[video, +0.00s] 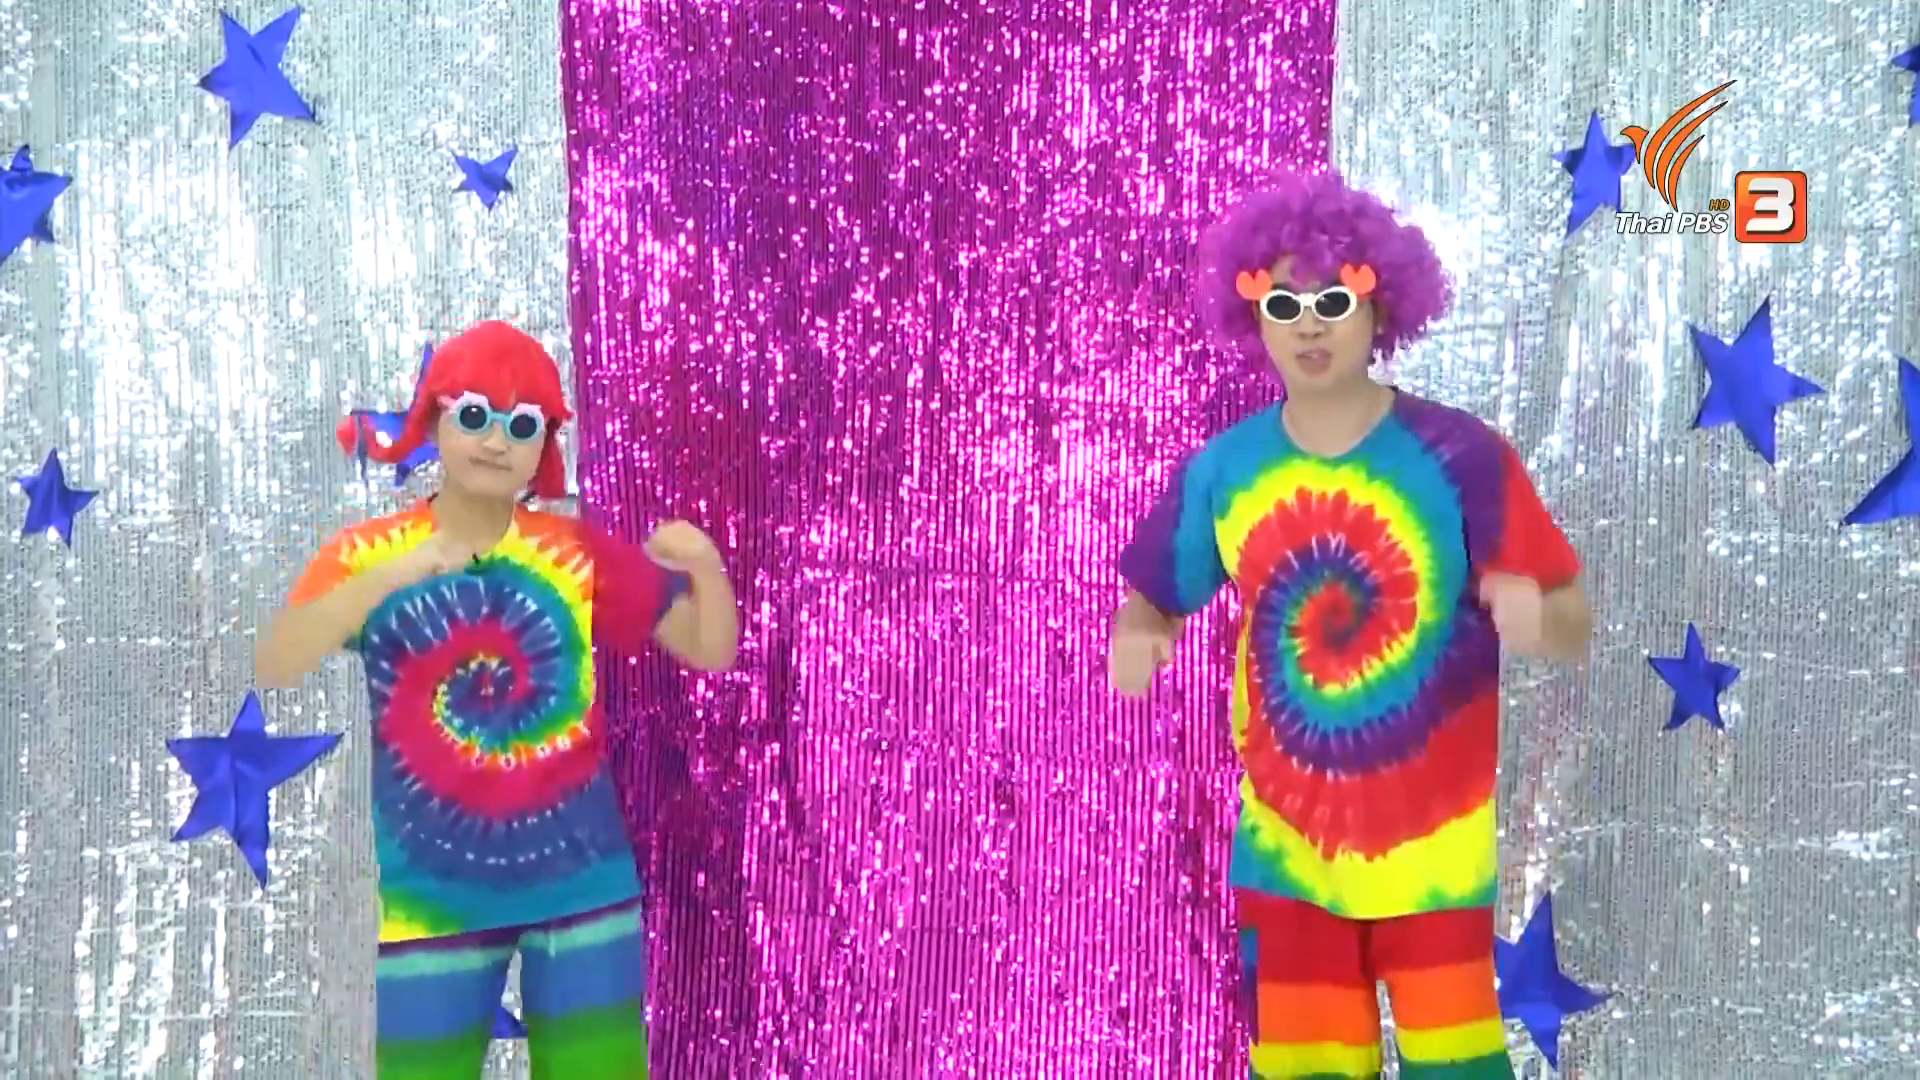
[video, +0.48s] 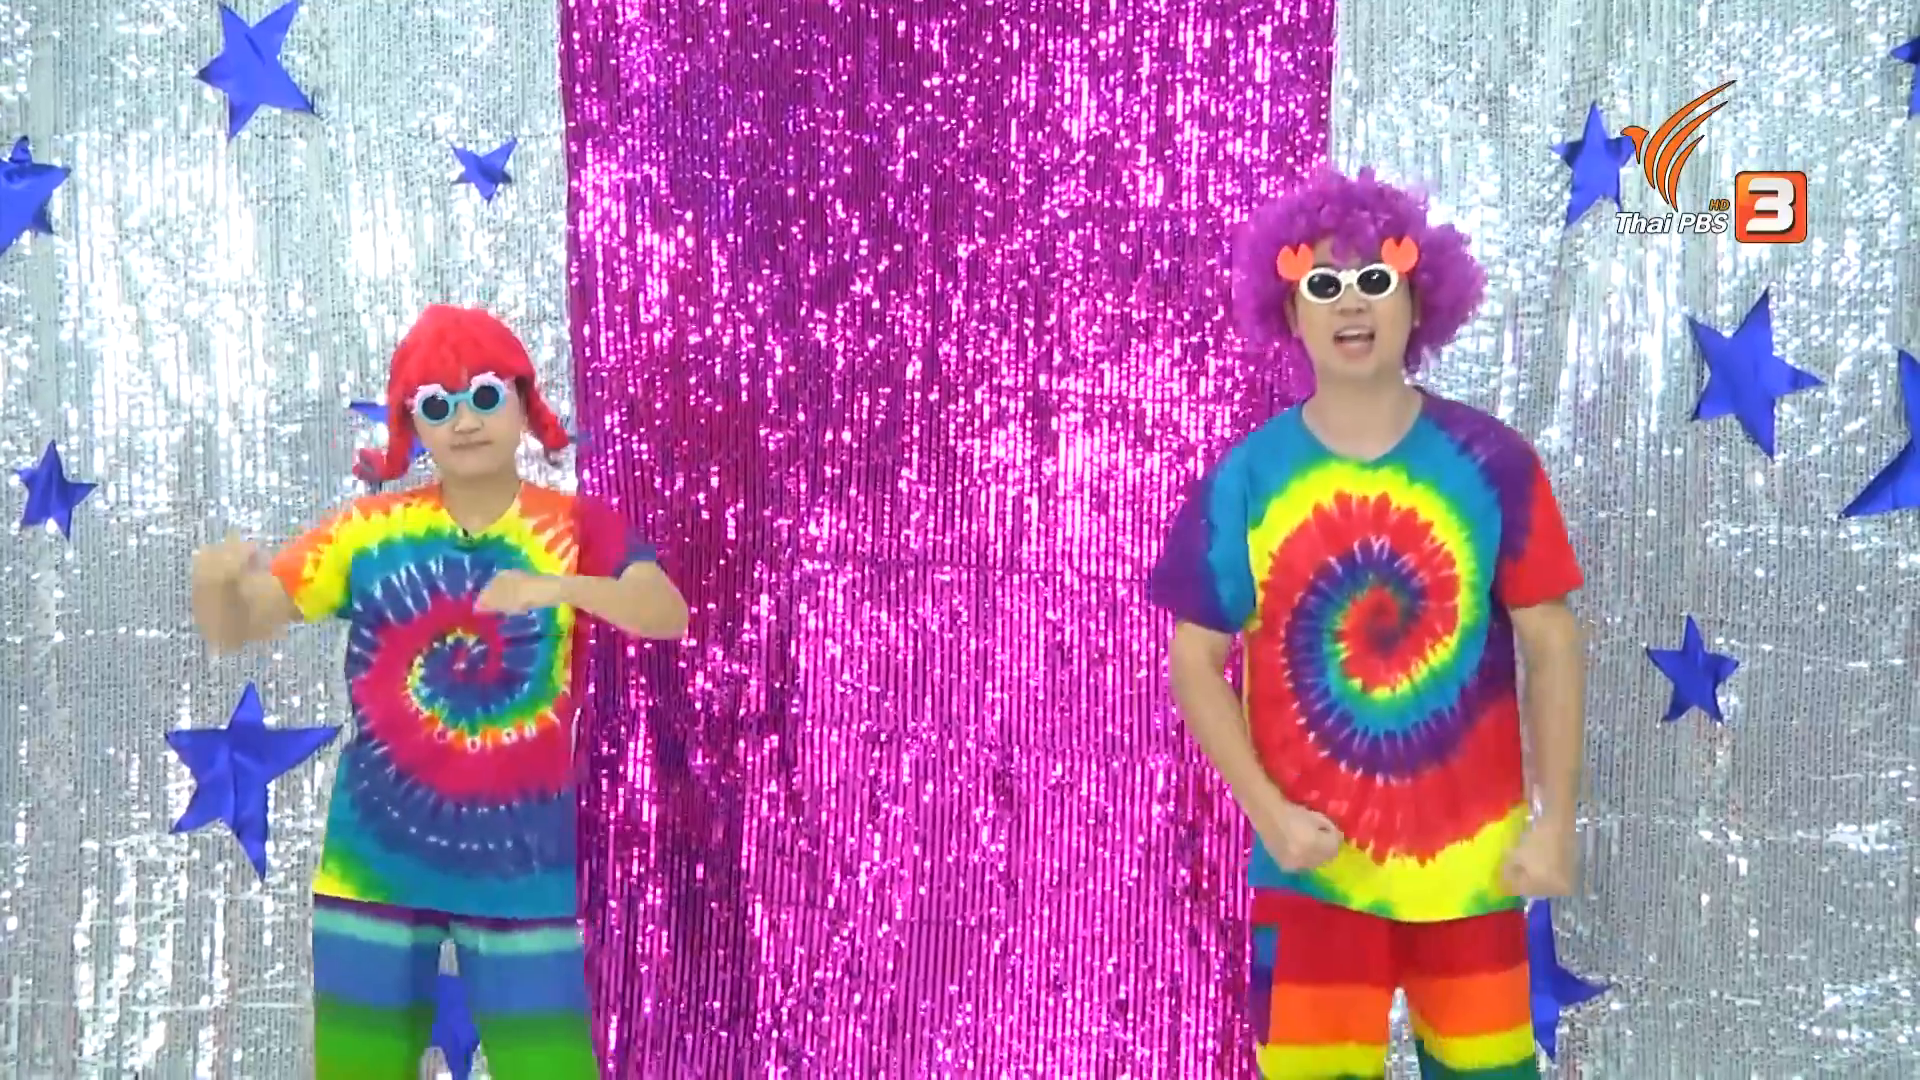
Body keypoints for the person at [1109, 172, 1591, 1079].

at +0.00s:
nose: (1308, 329)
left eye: (1332, 304)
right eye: (1283, 308)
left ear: (1375, 313)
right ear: (1256, 322)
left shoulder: (1463, 455)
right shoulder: (1222, 471)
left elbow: (1573, 619)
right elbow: (1155, 596)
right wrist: (1136, 642)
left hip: (1438, 846)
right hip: (1289, 853)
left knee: (1457, 1062)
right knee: (1308, 1065)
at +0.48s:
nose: (1351, 306)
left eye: (1375, 282)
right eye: (1325, 285)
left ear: (1413, 304)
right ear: (1292, 312)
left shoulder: (1493, 461)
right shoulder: (1248, 476)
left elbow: (1550, 643)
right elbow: (1193, 664)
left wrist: (1555, 820)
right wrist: (1272, 813)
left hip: (1472, 868)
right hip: (1318, 868)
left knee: (1491, 1067)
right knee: (1315, 1069)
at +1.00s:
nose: (1469, 311)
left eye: (1495, 287)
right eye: (1444, 291)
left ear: (1541, 308)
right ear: (1417, 315)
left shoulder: (1611, 470)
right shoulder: (1364, 468)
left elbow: (1652, 661)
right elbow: (1316, 652)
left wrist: (1662, 849)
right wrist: (1297, 820)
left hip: (1552, 868)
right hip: (1396, 862)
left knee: (1547, 1068)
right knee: (1362, 1066)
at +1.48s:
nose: (1420, 302)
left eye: (1446, 279)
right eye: (1396, 281)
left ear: (1492, 303)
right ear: (1368, 307)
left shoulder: (1561, 466)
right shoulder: (1319, 461)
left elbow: (1601, 659)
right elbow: (1275, 636)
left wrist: (1594, 844)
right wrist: (1251, 802)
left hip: (1514, 862)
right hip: (1359, 859)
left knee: (1517, 1065)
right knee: (1339, 1064)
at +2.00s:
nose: (1271, 297)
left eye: (1299, 273)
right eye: (1250, 278)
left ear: (1351, 301)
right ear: (1228, 308)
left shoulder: (1439, 458)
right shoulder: (1217, 480)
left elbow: (1491, 648)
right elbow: (1182, 655)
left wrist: (1460, 837)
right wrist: (1134, 824)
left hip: (1415, 856)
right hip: (1274, 861)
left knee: (1441, 1067)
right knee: (1280, 1068)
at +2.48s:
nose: (1339, 266)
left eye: (1362, 235)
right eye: (1327, 250)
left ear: (1441, 249)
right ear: (1321, 278)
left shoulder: (1536, 435)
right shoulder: (1300, 428)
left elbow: (1570, 636)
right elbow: (1212, 578)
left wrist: (1522, 820)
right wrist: (1208, 449)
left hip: (1488, 843)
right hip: (1333, 845)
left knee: (1508, 1064)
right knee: (1321, 1065)